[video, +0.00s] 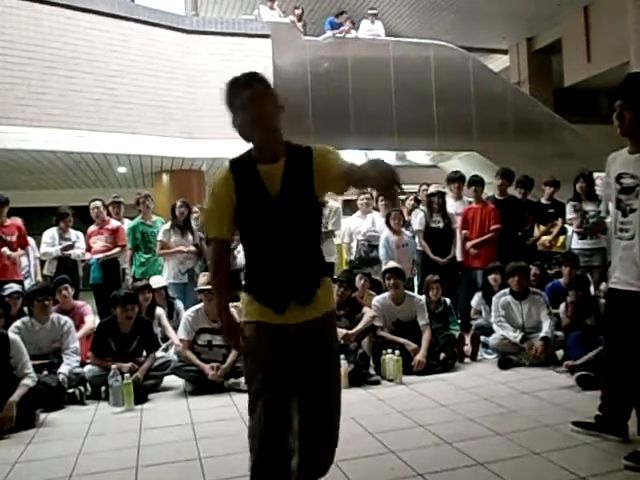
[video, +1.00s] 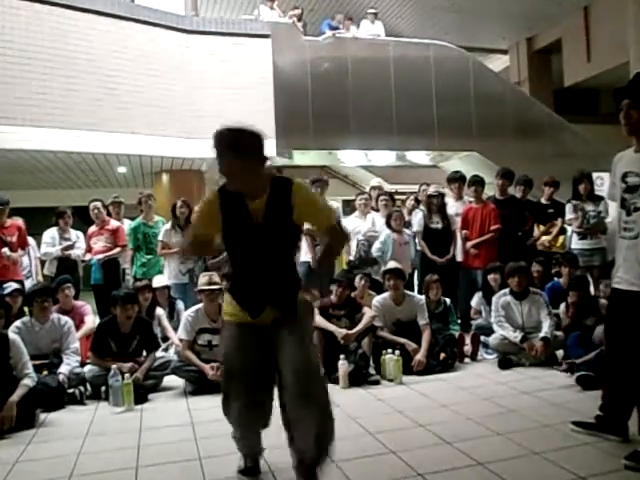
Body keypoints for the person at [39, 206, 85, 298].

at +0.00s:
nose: (68, 225)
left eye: (70, 222)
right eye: (65, 222)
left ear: (72, 221)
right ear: (59, 222)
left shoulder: (78, 235)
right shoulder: (49, 233)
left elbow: (81, 252)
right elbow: (43, 252)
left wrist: (69, 254)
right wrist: (59, 250)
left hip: (73, 269)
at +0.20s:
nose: (68, 225)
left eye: (70, 222)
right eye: (65, 222)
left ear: (72, 221)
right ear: (59, 222)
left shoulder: (78, 235)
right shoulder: (49, 233)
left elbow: (81, 252)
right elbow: (43, 252)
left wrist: (69, 254)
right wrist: (59, 250)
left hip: (72, 269)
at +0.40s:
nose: (67, 222)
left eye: (69, 218)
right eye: (63, 218)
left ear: (72, 220)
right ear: (58, 220)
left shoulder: (79, 235)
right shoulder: (49, 233)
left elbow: (81, 252)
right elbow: (43, 252)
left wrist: (69, 254)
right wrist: (60, 250)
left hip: (73, 270)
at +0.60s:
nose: (67, 221)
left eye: (69, 218)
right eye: (63, 218)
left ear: (72, 220)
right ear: (58, 220)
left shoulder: (79, 235)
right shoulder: (50, 233)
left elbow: (81, 252)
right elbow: (43, 252)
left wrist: (69, 254)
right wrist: (60, 250)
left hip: (73, 270)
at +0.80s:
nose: (66, 221)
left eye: (69, 218)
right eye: (63, 218)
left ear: (72, 219)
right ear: (58, 220)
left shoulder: (78, 234)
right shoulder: (49, 233)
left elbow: (81, 252)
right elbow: (43, 252)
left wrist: (70, 254)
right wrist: (60, 250)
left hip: (73, 266)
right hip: (56, 266)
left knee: (74, 295)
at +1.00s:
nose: (66, 221)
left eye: (69, 218)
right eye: (63, 218)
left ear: (72, 219)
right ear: (58, 220)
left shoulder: (78, 234)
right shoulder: (49, 233)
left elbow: (81, 252)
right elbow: (43, 252)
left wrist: (70, 254)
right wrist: (60, 250)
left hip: (73, 267)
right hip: (55, 266)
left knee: (74, 296)